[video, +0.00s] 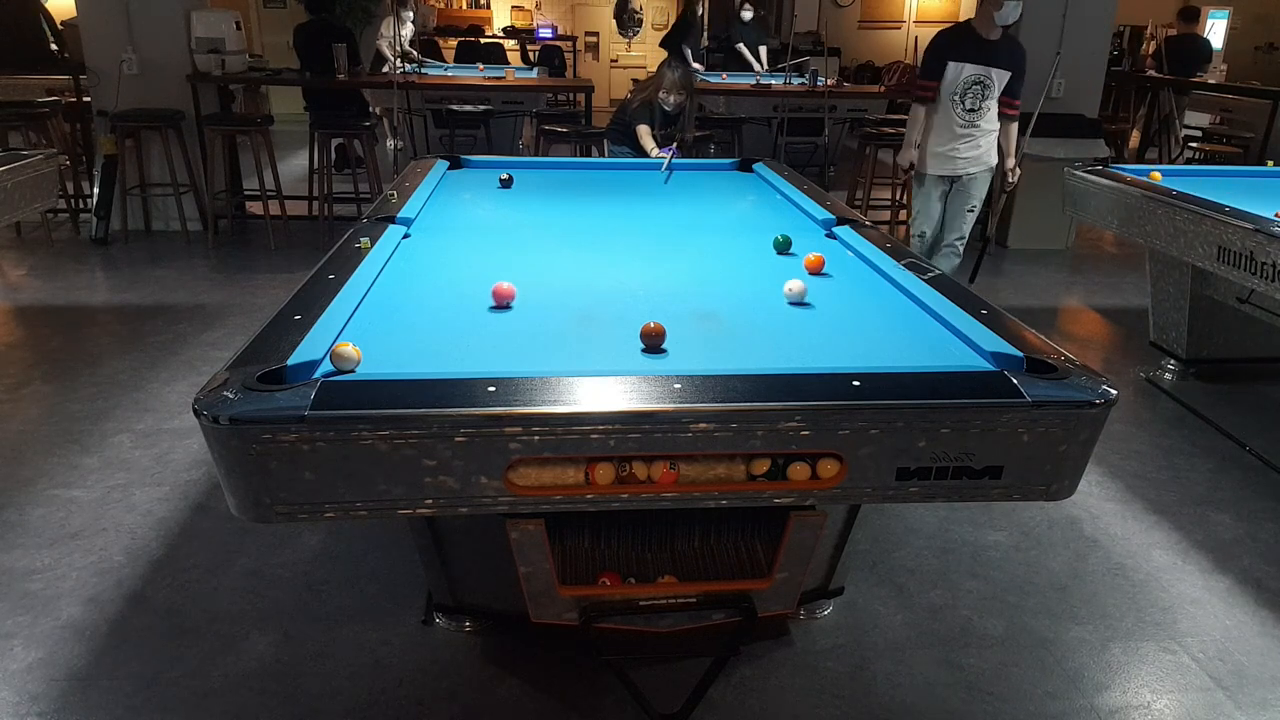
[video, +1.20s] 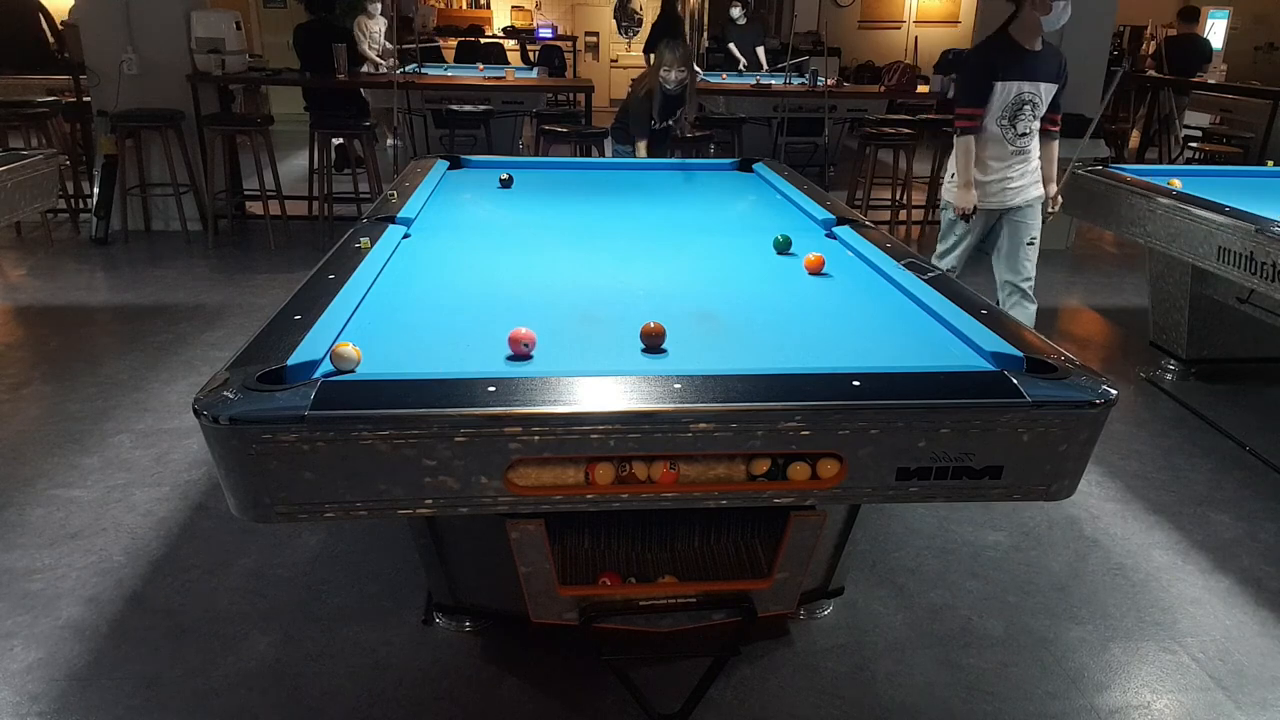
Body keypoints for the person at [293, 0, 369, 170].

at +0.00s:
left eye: (304, 5)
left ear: (307, 8)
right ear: (333, 8)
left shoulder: (300, 31)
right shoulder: (343, 30)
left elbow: (305, 65)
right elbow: (357, 68)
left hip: (315, 102)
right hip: (346, 103)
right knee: (362, 106)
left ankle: (351, 152)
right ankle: (344, 149)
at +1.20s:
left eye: (303, 5)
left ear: (307, 8)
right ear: (333, 7)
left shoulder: (300, 30)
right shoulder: (342, 30)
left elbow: (305, 61)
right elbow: (357, 61)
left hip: (314, 101)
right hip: (345, 101)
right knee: (362, 106)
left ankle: (350, 150)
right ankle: (343, 147)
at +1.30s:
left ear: (308, 8)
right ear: (335, 8)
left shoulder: (300, 31)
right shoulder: (344, 33)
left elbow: (305, 64)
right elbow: (355, 70)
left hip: (314, 102)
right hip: (346, 102)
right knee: (362, 107)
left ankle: (351, 150)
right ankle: (343, 147)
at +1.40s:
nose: (347, 10)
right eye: (344, 5)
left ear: (309, 8)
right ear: (337, 8)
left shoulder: (299, 31)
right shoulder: (344, 34)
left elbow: (305, 64)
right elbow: (355, 70)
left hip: (314, 102)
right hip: (345, 103)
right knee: (362, 106)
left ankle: (350, 150)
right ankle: (344, 147)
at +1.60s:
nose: (338, 7)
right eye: (336, 4)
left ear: (308, 8)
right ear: (332, 8)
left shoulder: (300, 31)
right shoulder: (344, 34)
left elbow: (306, 64)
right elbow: (357, 73)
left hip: (315, 104)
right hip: (346, 105)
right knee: (362, 105)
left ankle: (351, 150)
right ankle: (344, 148)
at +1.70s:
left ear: (308, 8)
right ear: (331, 8)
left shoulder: (300, 31)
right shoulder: (343, 32)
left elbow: (305, 65)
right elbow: (357, 71)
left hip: (315, 103)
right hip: (346, 104)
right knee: (362, 106)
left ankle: (351, 150)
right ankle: (345, 148)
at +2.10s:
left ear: (307, 8)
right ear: (332, 8)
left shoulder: (300, 31)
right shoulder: (343, 31)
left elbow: (303, 68)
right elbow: (356, 71)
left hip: (315, 103)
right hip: (346, 104)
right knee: (362, 106)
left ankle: (351, 151)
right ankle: (344, 148)